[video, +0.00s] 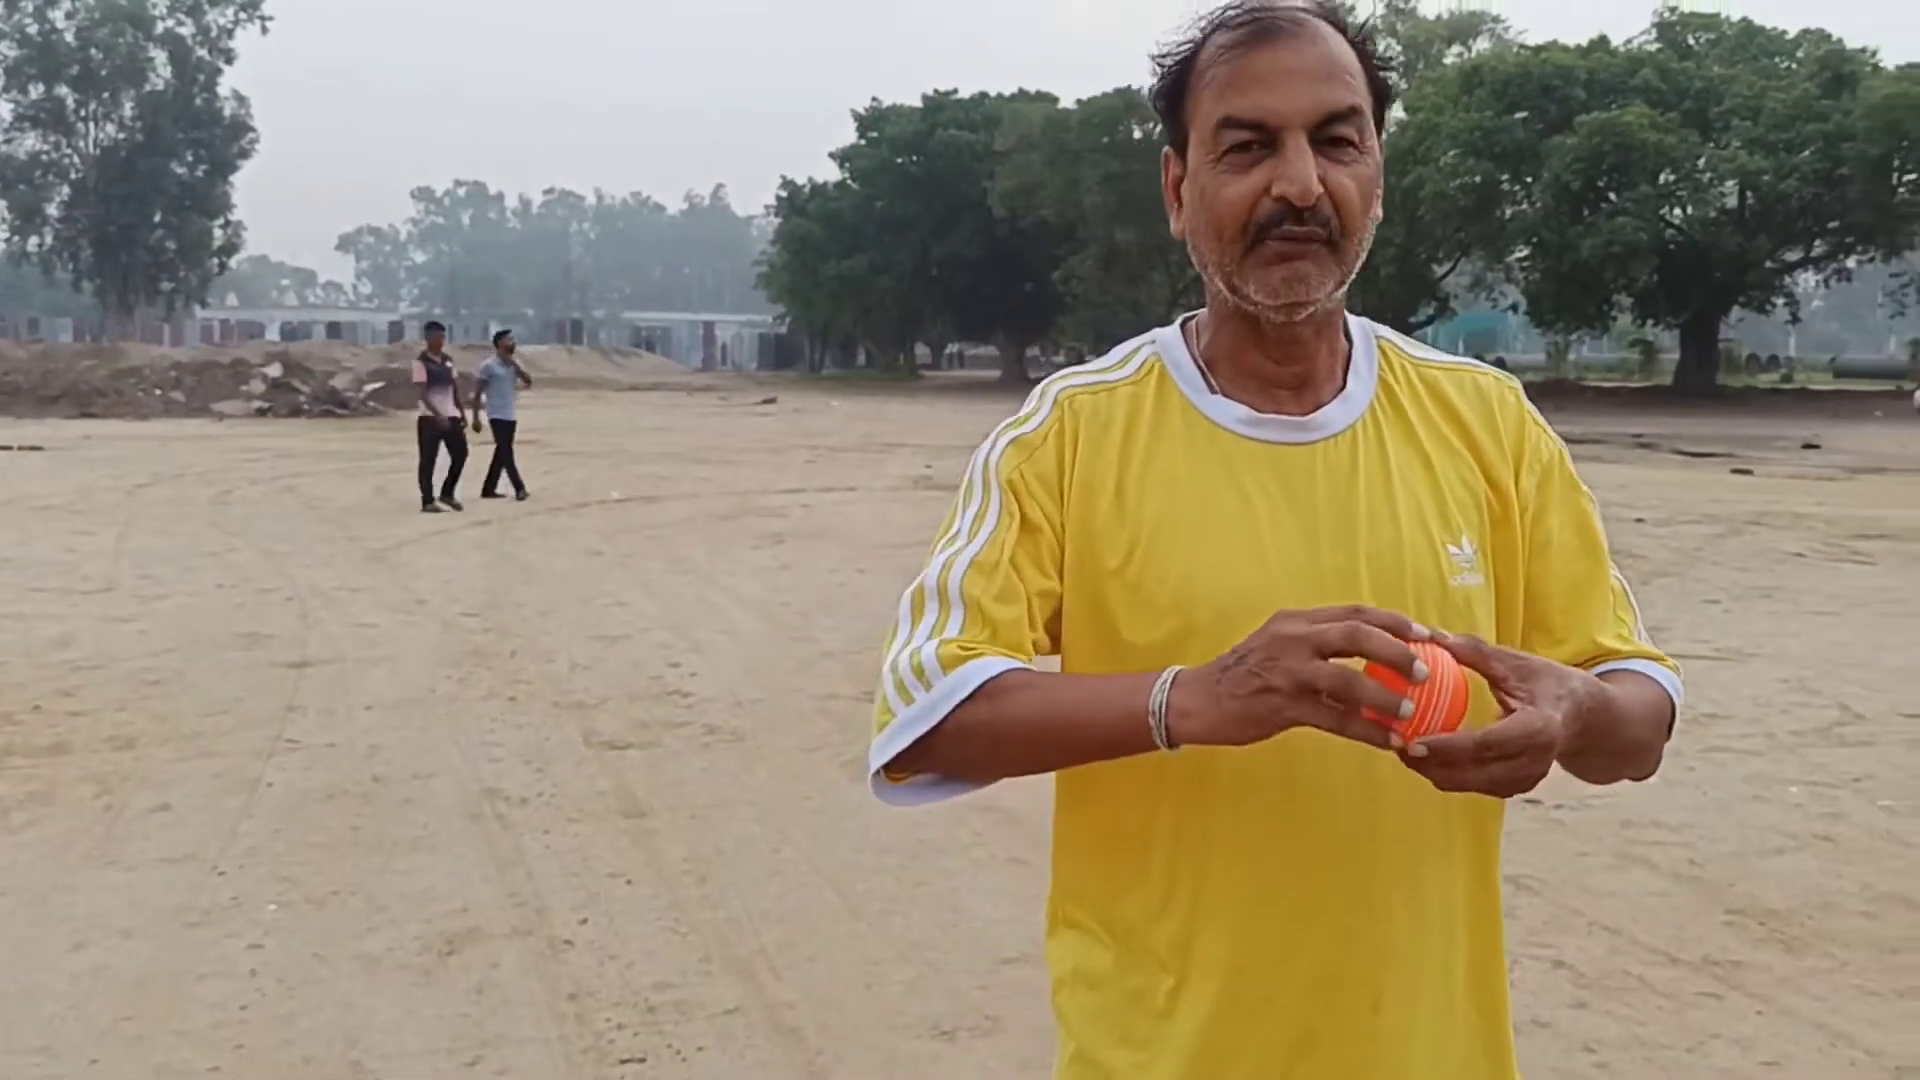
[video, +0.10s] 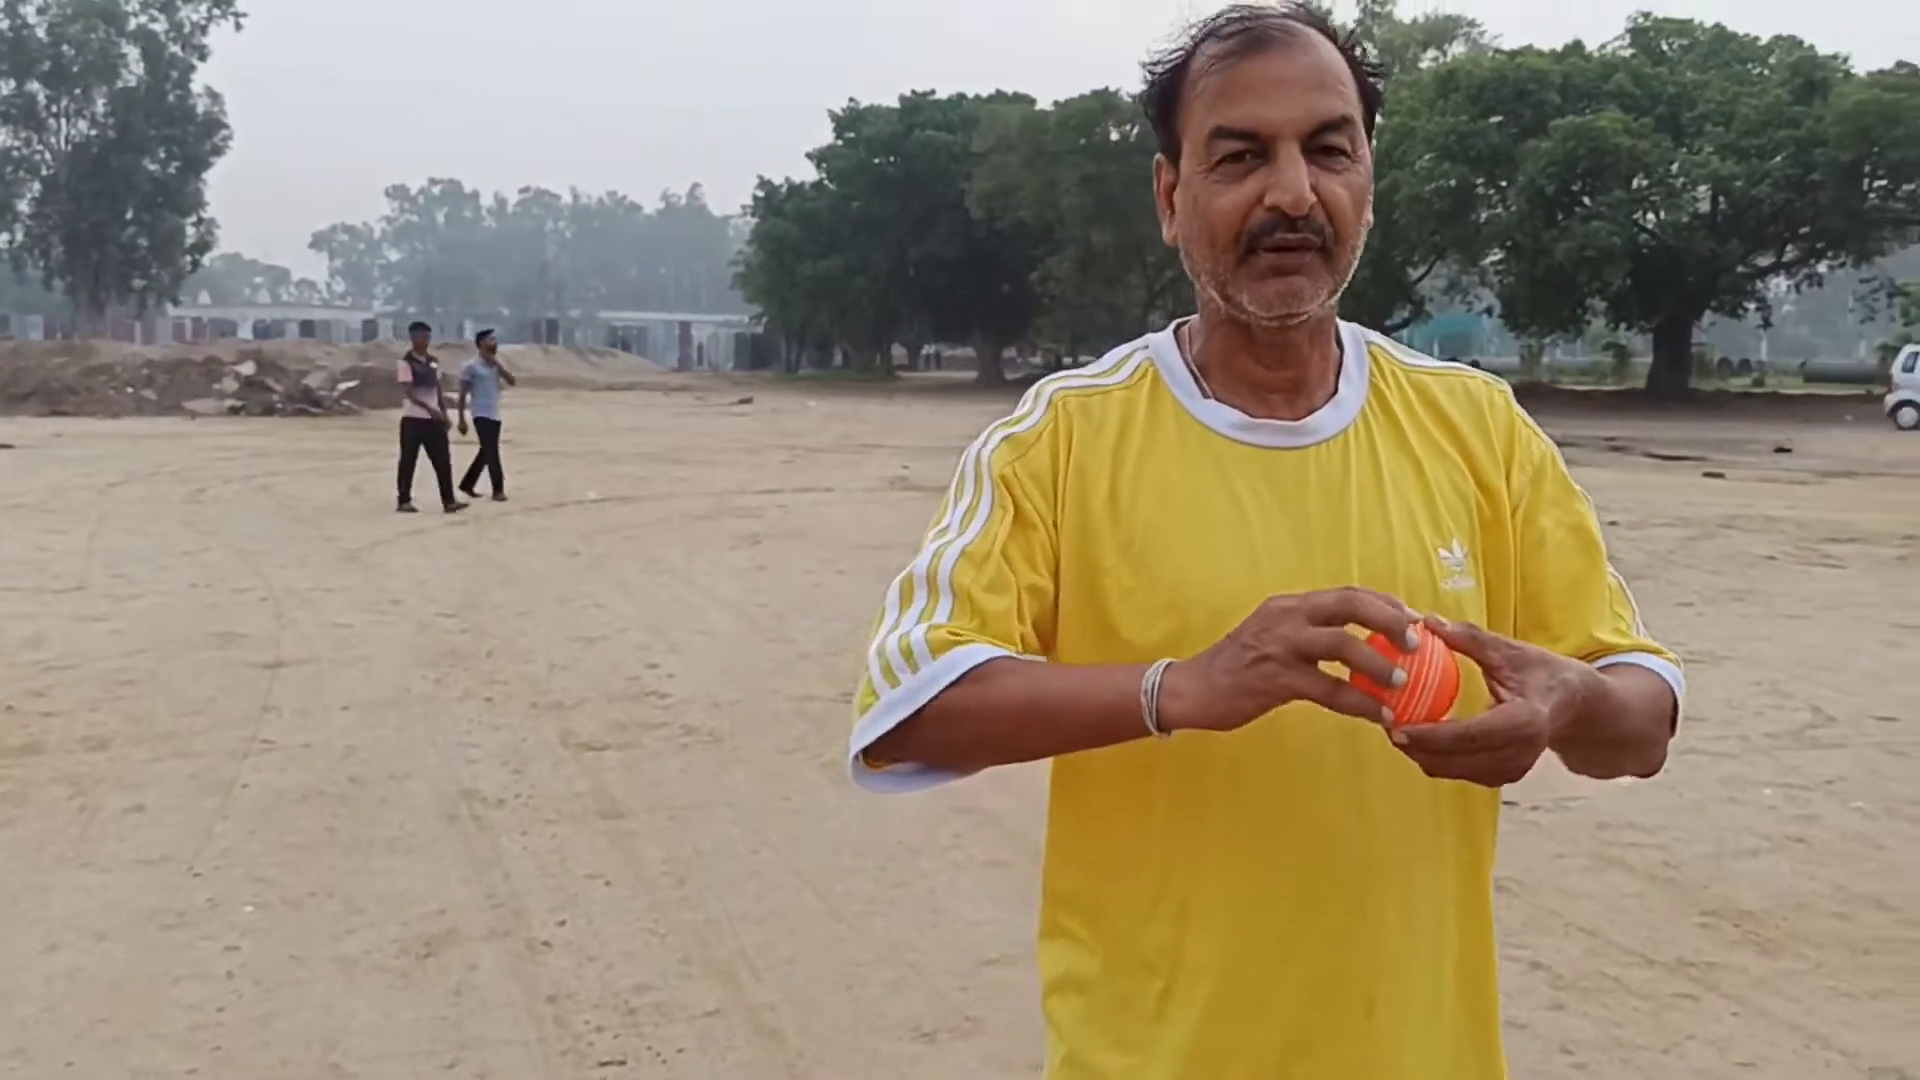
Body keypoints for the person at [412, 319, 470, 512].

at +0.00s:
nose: (440, 341)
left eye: (442, 336)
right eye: (436, 337)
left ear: (444, 338)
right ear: (427, 338)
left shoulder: (448, 361)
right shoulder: (420, 363)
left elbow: (454, 389)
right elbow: (422, 394)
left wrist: (462, 412)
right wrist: (437, 414)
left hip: (450, 416)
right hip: (430, 416)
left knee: (460, 453)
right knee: (428, 460)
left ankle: (447, 493)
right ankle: (428, 499)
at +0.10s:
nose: (425, 342)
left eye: (427, 337)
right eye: (421, 338)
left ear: (430, 339)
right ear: (412, 339)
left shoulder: (433, 362)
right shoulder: (405, 363)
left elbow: (439, 391)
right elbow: (408, 392)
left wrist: (444, 413)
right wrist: (431, 410)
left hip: (434, 418)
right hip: (413, 418)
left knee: (443, 463)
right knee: (408, 462)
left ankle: (449, 500)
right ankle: (404, 500)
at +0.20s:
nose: (422, 341)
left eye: (423, 337)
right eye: (418, 337)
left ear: (425, 338)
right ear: (408, 337)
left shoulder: (428, 361)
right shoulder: (401, 362)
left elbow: (430, 388)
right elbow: (403, 391)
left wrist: (437, 404)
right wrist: (427, 408)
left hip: (428, 418)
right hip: (408, 418)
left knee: (436, 462)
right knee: (399, 460)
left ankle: (445, 499)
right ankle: (388, 497)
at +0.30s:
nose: (411, 338)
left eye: (413, 334)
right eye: (407, 334)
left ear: (415, 335)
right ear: (398, 335)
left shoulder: (417, 359)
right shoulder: (390, 360)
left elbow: (418, 389)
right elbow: (389, 391)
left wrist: (427, 401)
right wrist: (411, 411)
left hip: (419, 417)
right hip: (399, 417)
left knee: (425, 461)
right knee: (389, 457)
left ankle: (425, 498)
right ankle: (367, 491)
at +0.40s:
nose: (405, 335)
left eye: (407, 331)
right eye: (401, 331)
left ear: (409, 332)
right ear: (392, 332)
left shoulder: (411, 356)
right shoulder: (383, 358)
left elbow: (411, 382)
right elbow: (381, 389)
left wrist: (418, 396)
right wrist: (389, 414)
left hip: (414, 412)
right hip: (396, 412)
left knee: (415, 458)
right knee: (393, 453)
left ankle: (408, 496)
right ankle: (364, 479)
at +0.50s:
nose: (404, 338)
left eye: (406, 334)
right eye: (400, 333)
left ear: (408, 335)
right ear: (390, 334)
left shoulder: (409, 359)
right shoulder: (380, 359)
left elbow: (413, 389)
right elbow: (374, 390)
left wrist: (419, 414)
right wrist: (374, 418)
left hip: (410, 413)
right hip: (391, 412)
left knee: (408, 459)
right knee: (400, 455)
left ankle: (395, 500)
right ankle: (375, 487)